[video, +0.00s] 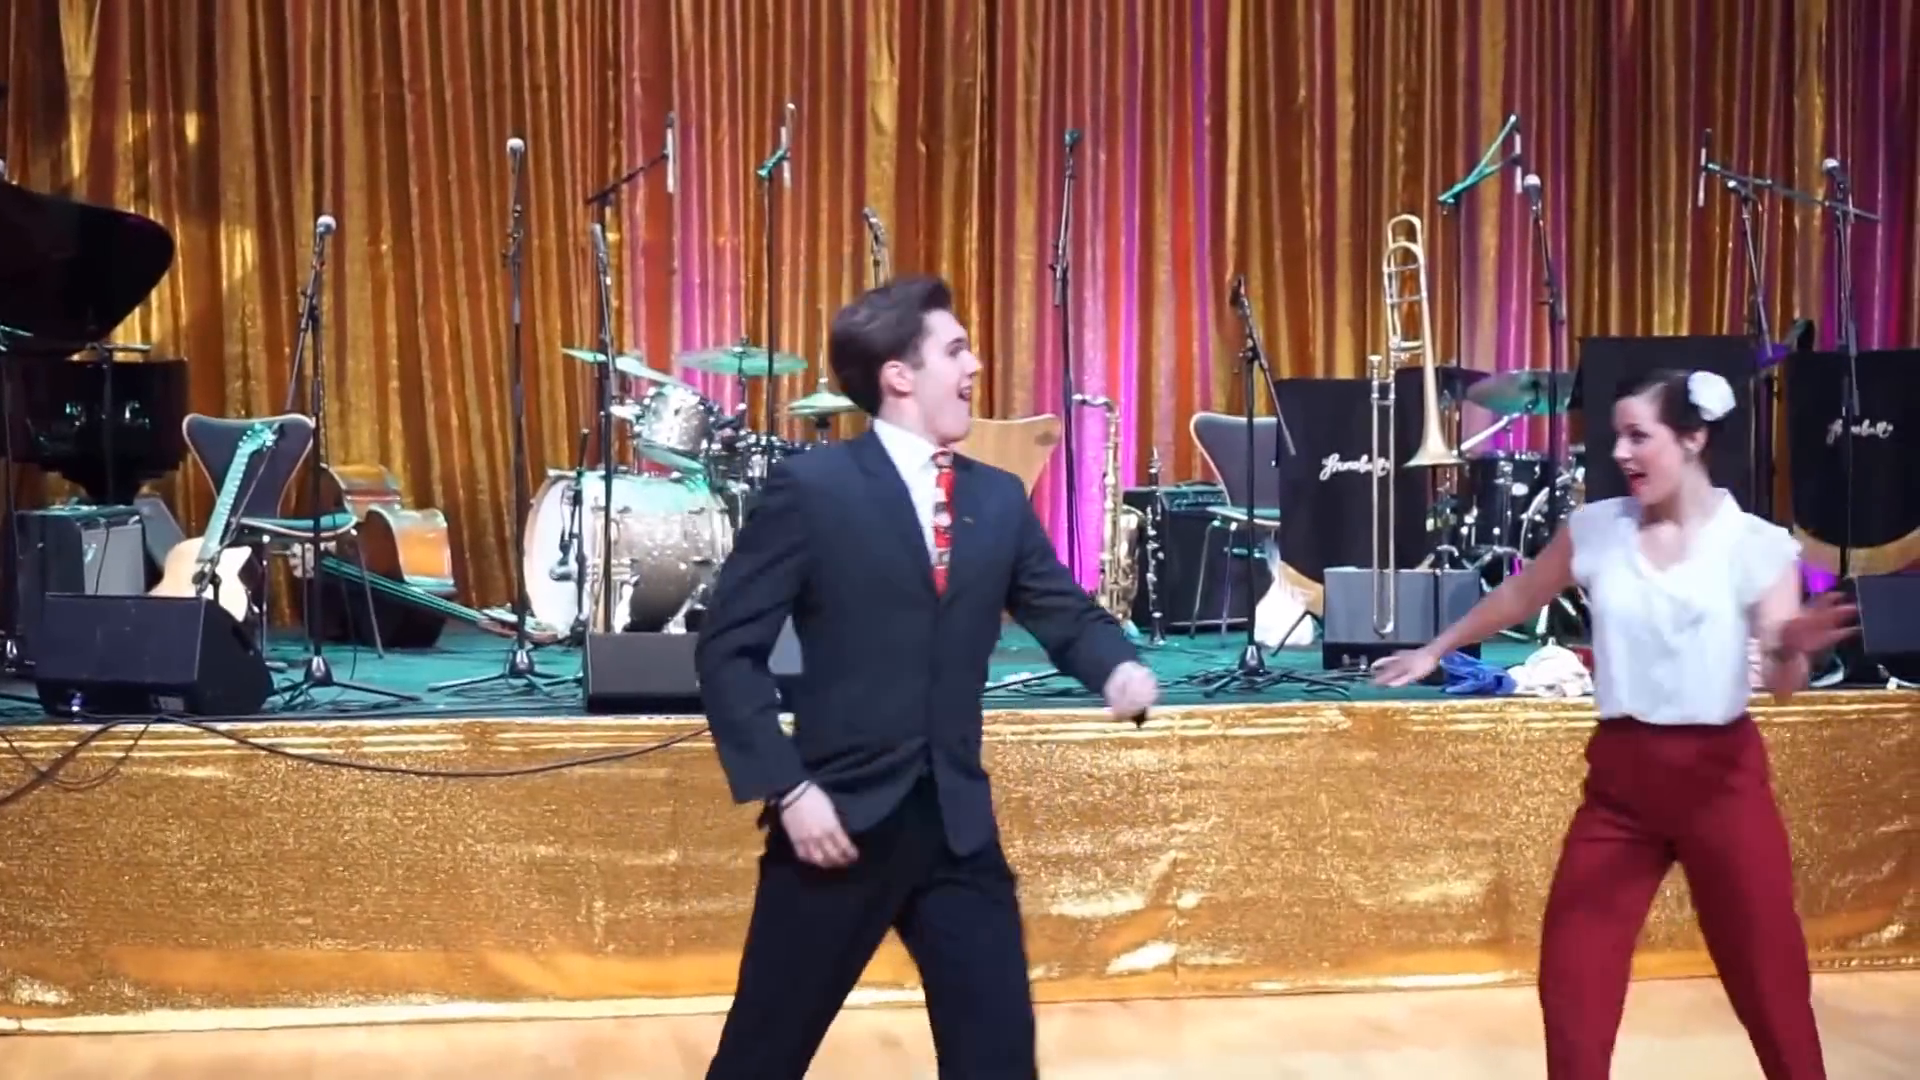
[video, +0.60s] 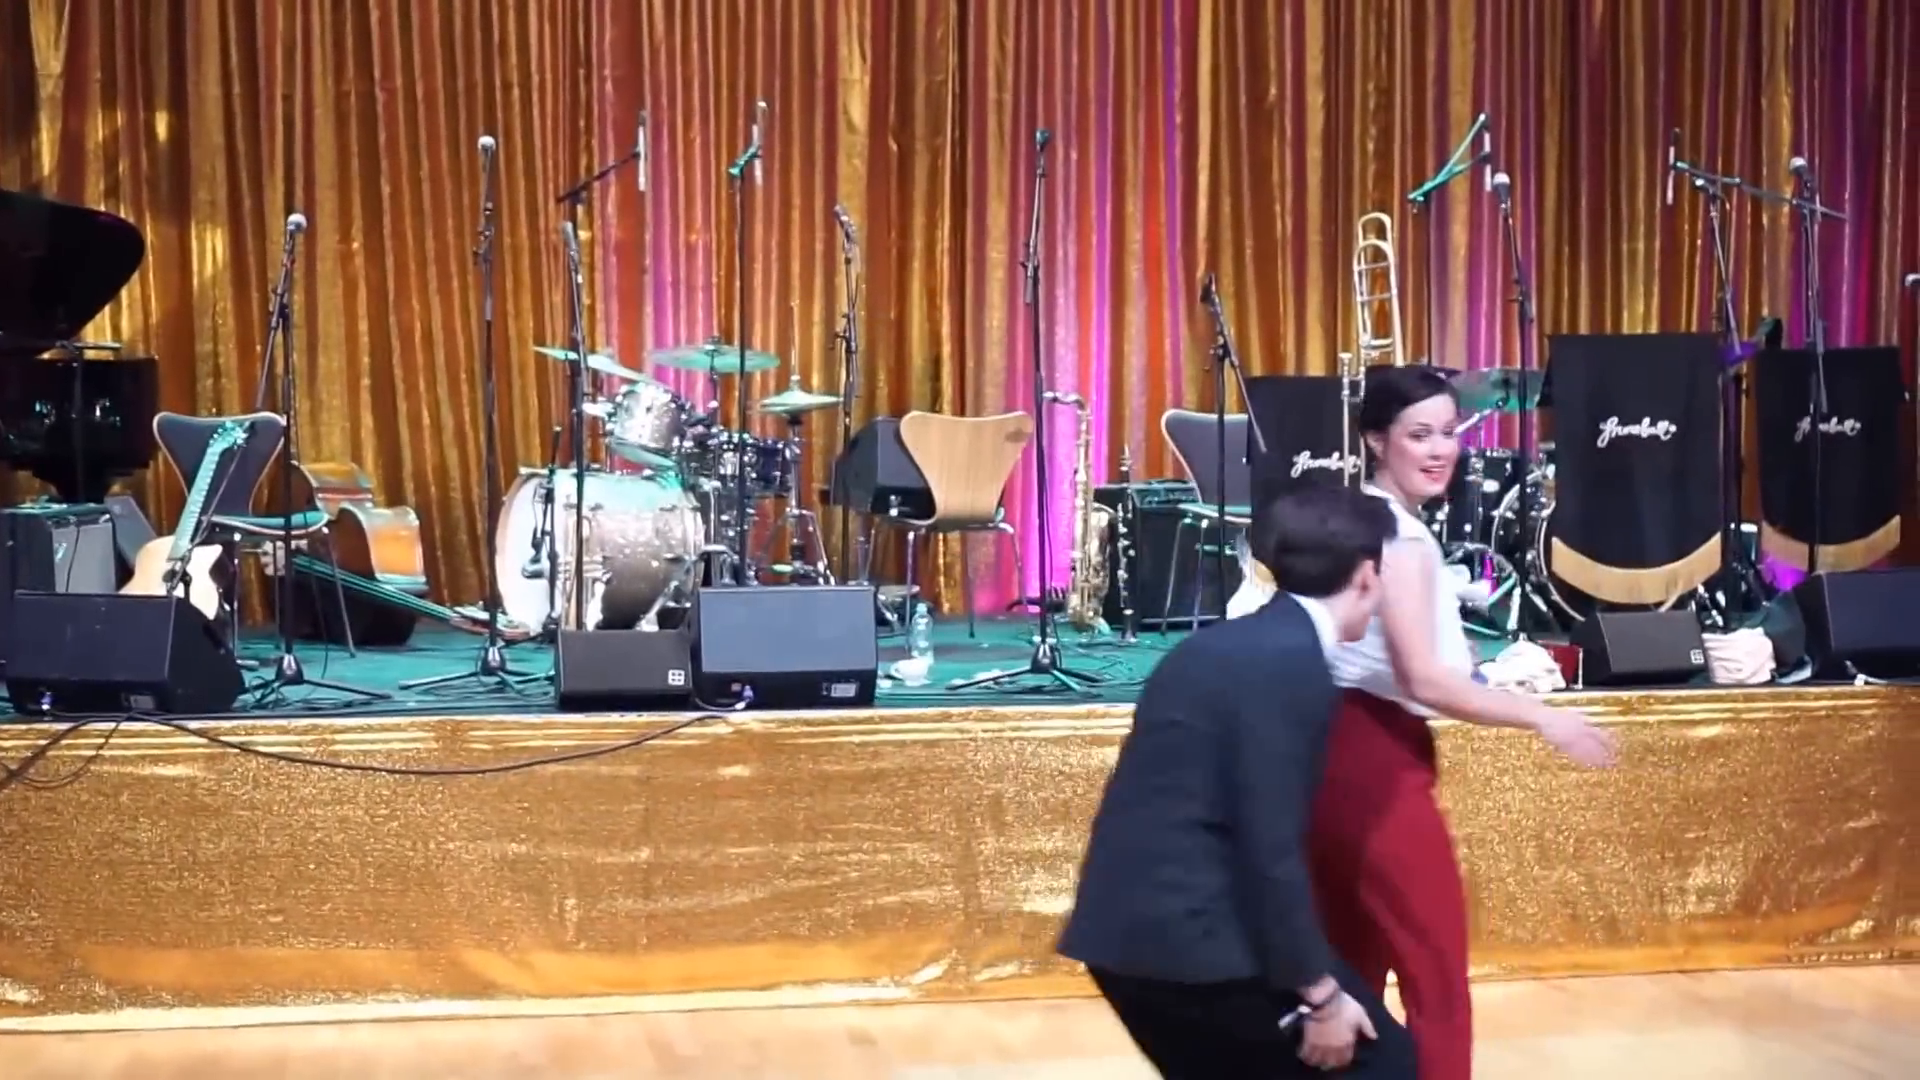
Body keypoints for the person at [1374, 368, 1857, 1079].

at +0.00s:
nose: (1622, 453)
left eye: (1638, 436)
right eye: (1618, 438)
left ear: (1694, 440)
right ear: (1617, 444)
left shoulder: (1760, 548)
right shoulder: (1591, 531)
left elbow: (1782, 684)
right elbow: (1515, 599)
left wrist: (1795, 650)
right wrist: (1435, 651)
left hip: (1725, 792)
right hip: (1617, 794)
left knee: (1776, 1008)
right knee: (1572, 1002)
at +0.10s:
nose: (1562, 445)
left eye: (1578, 428)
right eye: (1558, 428)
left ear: (1634, 435)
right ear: (1560, 434)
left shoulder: (1689, 546)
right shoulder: (1556, 519)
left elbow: (1661, 681)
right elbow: (1538, 607)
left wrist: (1617, 655)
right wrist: (1484, 666)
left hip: (1649, 774)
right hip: (1558, 774)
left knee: (1690, 993)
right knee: (1541, 981)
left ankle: (1791, 1078)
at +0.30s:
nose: (1446, 450)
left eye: (1452, 436)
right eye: (1447, 435)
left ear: (1489, 445)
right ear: (1533, 446)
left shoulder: (1486, 551)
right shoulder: (1588, 539)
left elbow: (1420, 679)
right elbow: (1628, 656)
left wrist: (1374, 638)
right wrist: (1625, 714)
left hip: (1521, 793)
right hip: (1578, 784)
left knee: (1402, 972)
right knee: (1524, 1002)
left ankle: (1592, 971)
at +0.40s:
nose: (1518, 429)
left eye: (1511, 416)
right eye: (1514, 419)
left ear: (1426, 430)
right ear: (1503, 434)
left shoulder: (1383, 534)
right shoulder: (1559, 527)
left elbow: (1373, 660)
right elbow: (1605, 655)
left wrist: (1434, 605)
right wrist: (1635, 719)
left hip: (1446, 761)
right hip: (1541, 755)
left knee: (1351, 930)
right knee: (1527, 977)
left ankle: (1422, 1068)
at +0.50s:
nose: (1500, 446)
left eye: (1500, 430)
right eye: (1486, 430)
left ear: (1427, 443)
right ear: (1434, 441)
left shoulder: (1334, 527)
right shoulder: (1497, 537)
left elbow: (1333, 656)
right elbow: (1541, 674)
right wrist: (1633, 723)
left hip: (1379, 755)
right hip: (1477, 756)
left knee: (1343, 977)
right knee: (1479, 994)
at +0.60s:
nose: (1439, 449)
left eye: (1448, 432)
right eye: (1419, 434)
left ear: (1459, 436)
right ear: (1376, 442)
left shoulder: (1352, 520)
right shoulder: (1404, 542)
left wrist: (1481, 684)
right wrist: (1542, 717)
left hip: (1329, 743)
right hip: (1379, 753)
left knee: (1351, 960)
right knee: (1436, 962)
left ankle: (1328, 1075)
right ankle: (1441, 1075)